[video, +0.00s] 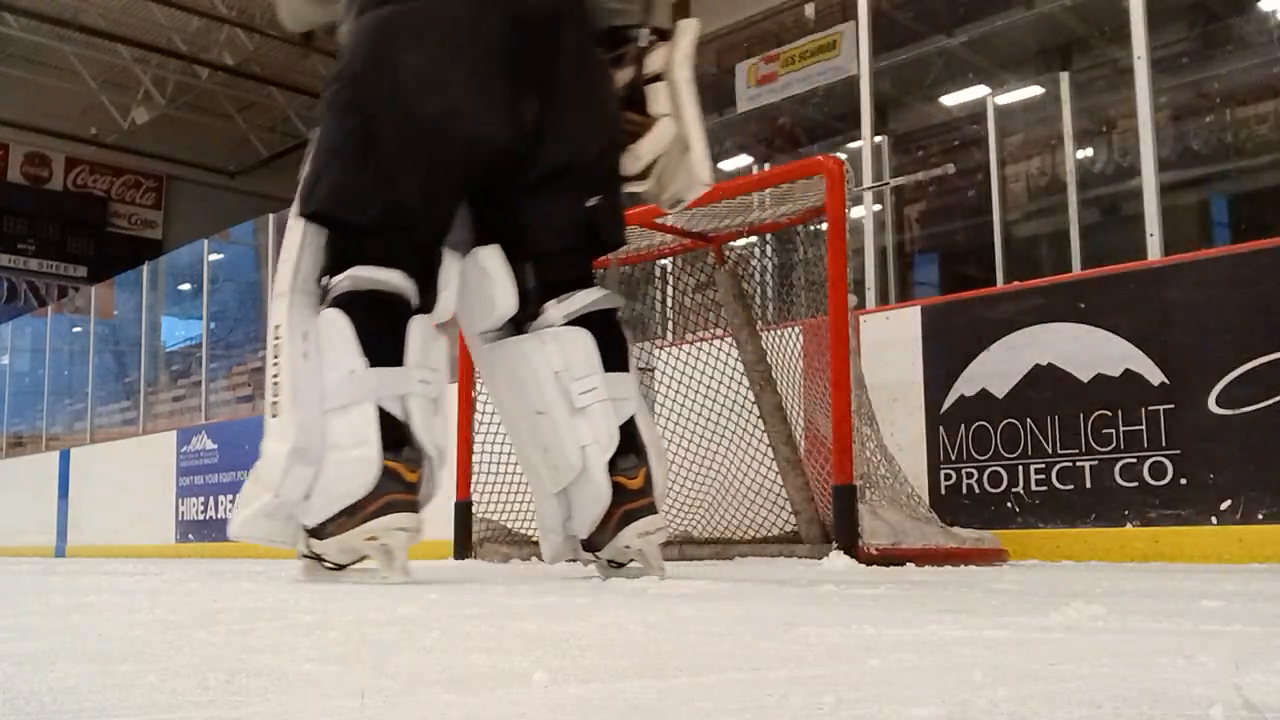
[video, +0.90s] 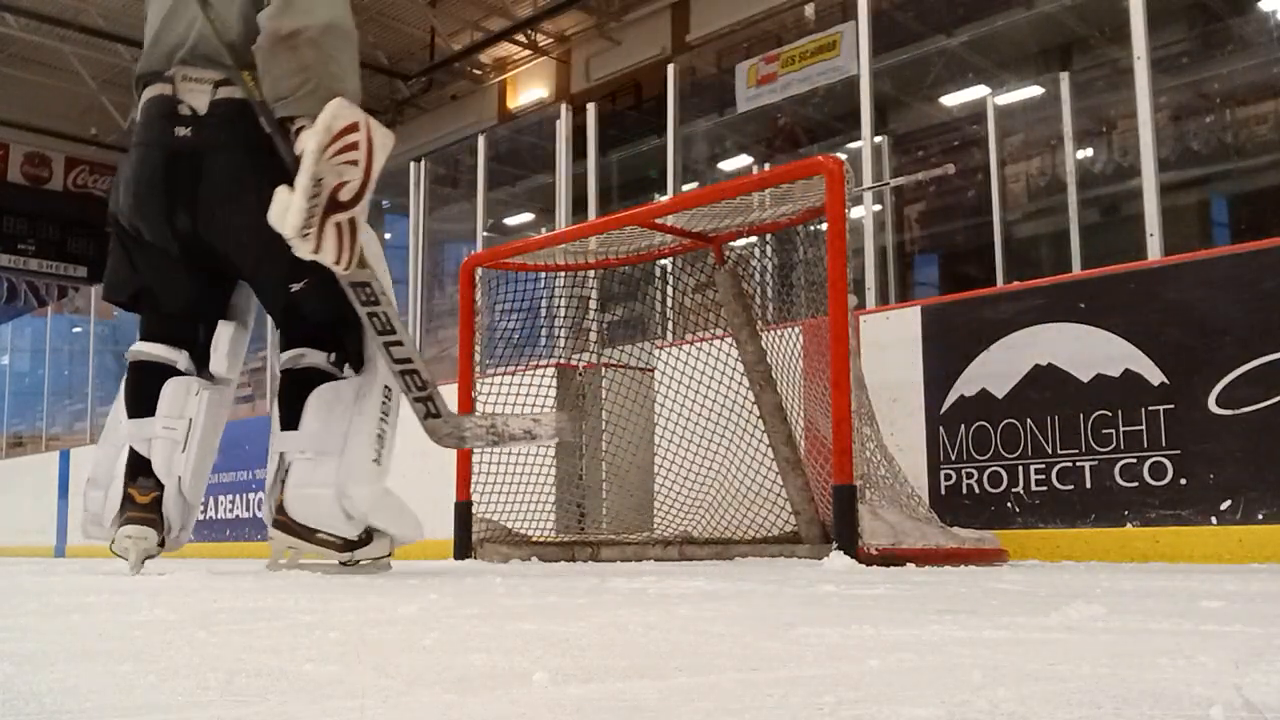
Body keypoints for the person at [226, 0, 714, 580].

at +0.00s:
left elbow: (301, 11)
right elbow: (621, 8)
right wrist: (621, 28)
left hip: (411, 34)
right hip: (554, 31)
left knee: (371, 268)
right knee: (561, 276)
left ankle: (371, 472)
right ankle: (619, 490)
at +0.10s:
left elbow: (258, 18)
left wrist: (278, 28)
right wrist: (575, 38)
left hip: (349, 44)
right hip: (495, 44)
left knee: (335, 276)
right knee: (524, 280)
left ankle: (340, 477)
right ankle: (589, 480)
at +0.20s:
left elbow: (213, 16)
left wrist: (252, 43)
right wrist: (539, 45)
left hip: (306, 55)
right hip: (450, 57)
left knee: (302, 284)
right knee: (484, 280)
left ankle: (311, 478)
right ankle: (537, 480)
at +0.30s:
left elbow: (183, 12)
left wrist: (217, 49)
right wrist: (476, 35)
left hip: (268, 54)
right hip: (408, 60)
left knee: (269, 286)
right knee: (436, 289)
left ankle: (276, 484)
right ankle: (472, 484)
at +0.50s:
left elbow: (158, 35)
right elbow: (422, 10)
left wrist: (185, 80)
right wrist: (443, 68)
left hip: (215, 74)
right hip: (340, 78)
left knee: (205, 293)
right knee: (355, 298)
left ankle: (208, 484)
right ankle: (371, 494)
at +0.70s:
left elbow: (134, 33)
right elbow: (335, 7)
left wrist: (157, 93)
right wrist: (368, 92)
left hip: (172, 104)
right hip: (282, 109)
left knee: (172, 300)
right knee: (320, 304)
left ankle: (165, 482)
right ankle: (336, 488)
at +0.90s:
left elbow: (164, 54)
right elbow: (303, 31)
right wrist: (333, 164)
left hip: (155, 139)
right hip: (242, 140)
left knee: (173, 324)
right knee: (323, 315)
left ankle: (142, 504)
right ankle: (318, 501)